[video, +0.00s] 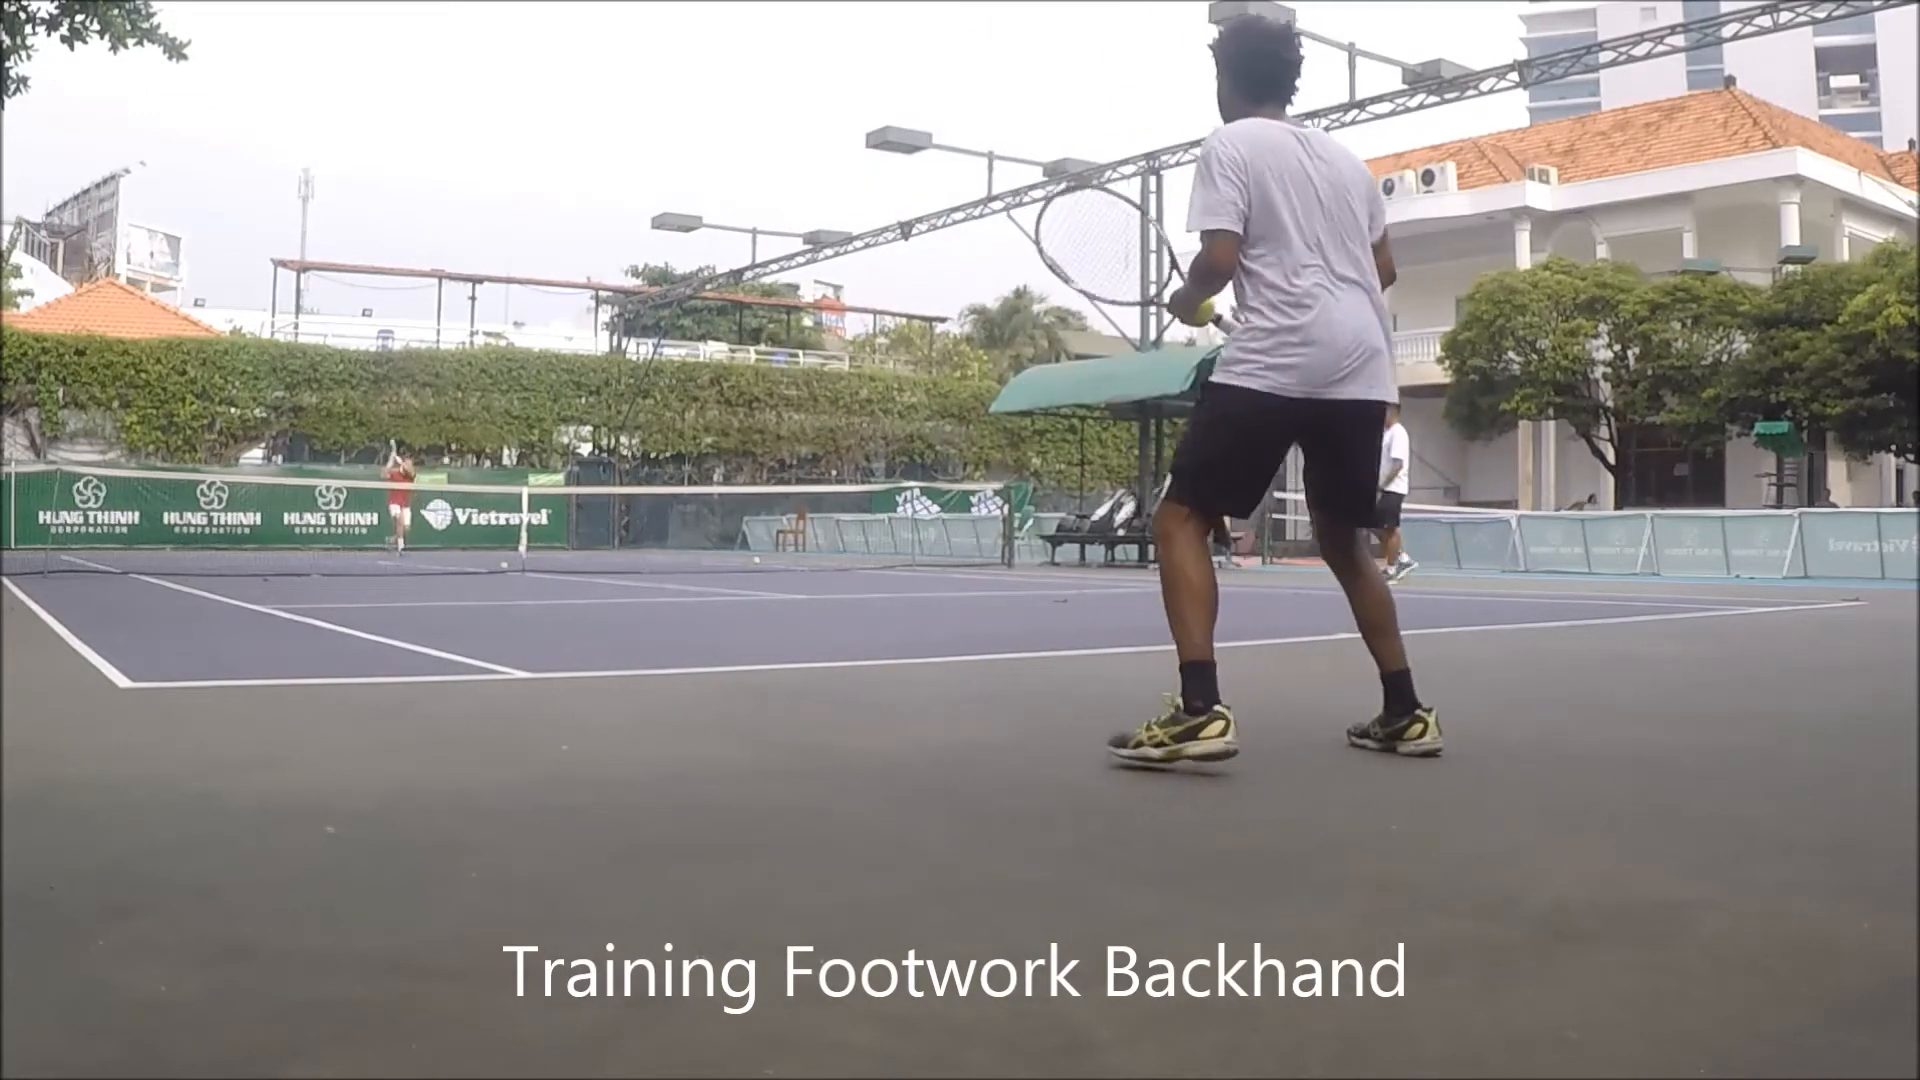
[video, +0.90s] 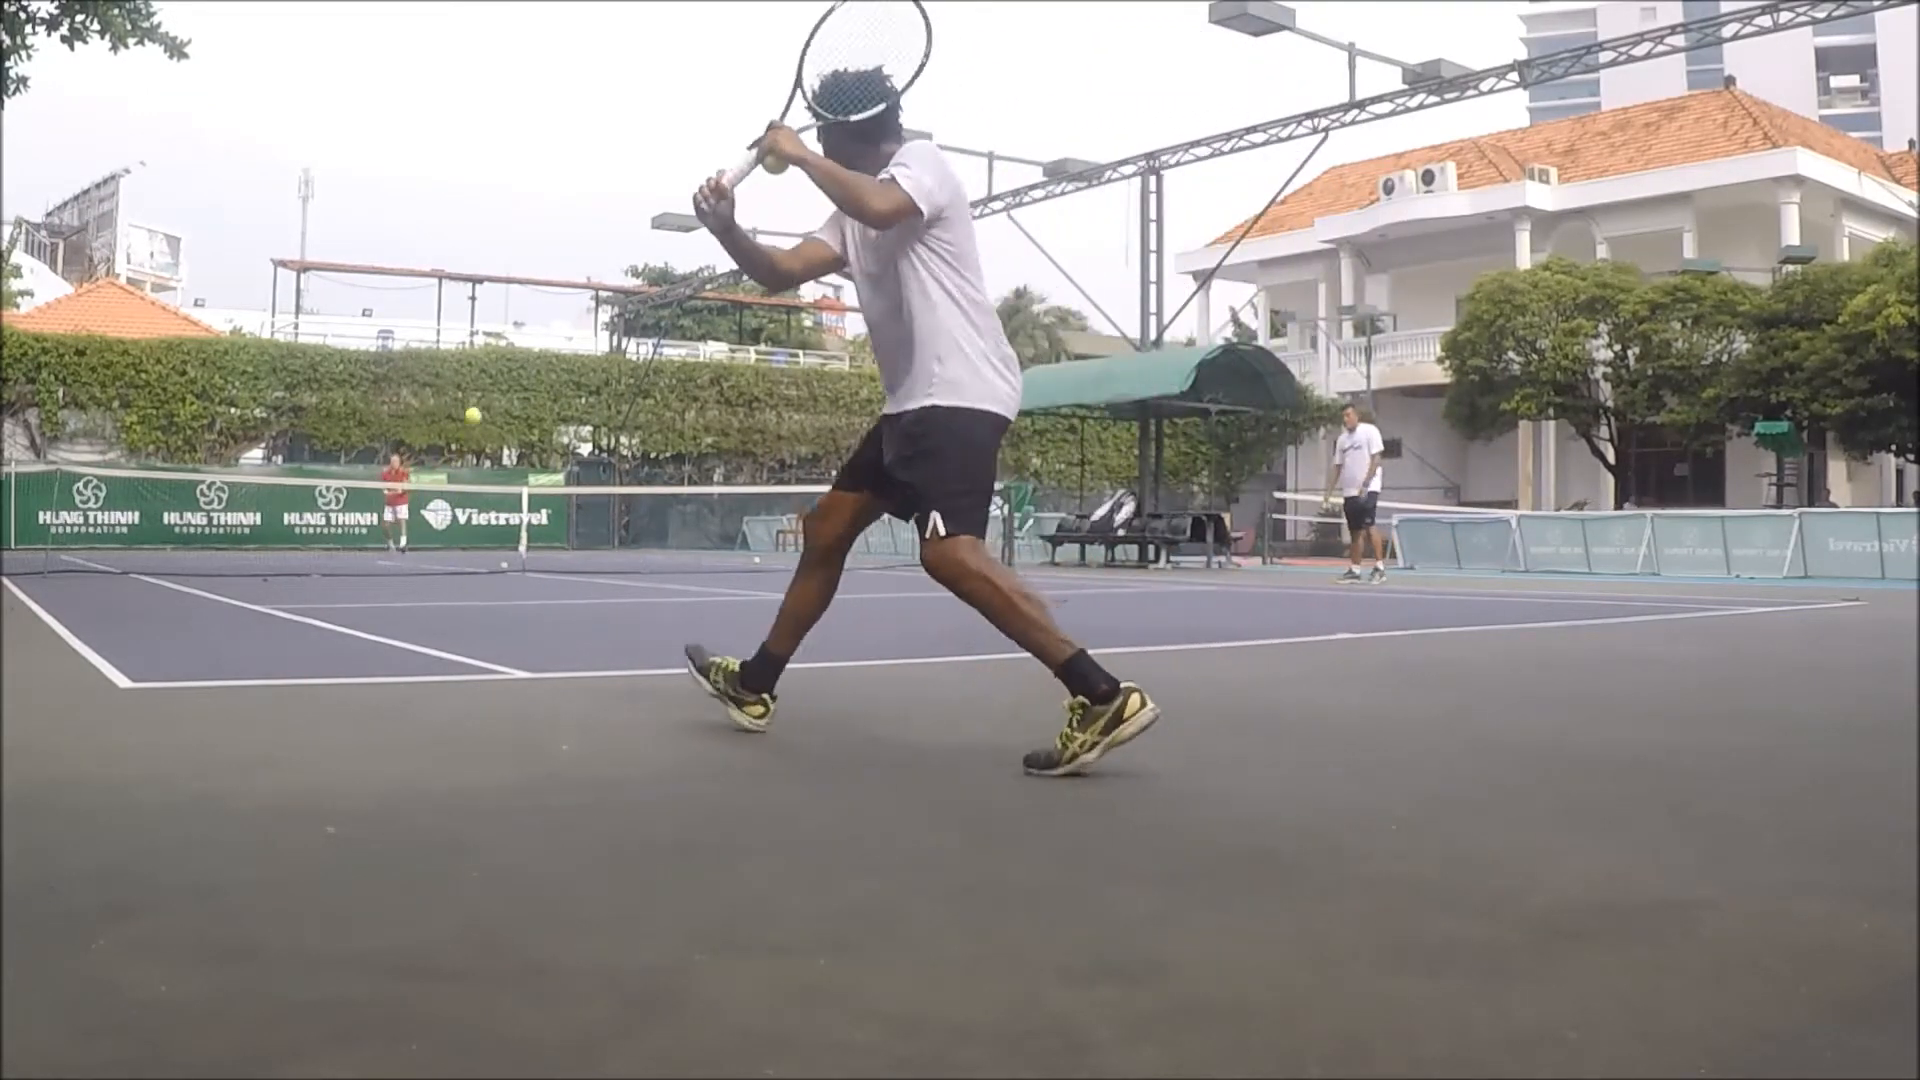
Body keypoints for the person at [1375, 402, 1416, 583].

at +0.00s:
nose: (1382, 415)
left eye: (1385, 411)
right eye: (1382, 411)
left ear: (1393, 412)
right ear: (1391, 413)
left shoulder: (1398, 432)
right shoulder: (1387, 432)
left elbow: (1398, 463)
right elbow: (1388, 461)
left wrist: (1383, 484)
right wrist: (1378, 480)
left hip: (1394, 487)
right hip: (1385, 486)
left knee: (1389, 528)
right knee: (1377, 526)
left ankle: (1391, 567)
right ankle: (1402, 557)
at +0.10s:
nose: (1376, 416)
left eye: (1379, 413)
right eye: (1376, 413)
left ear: (1388, 414)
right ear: (1383, 414)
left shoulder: (1394, 432)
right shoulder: (1382, 434)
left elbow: (1393, 462)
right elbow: (1383, 461)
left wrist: (1371, 477)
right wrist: (1371, 481)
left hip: (1391, 487)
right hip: (1380, 487)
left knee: (1390, 528)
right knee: (1371, 525)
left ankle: (1390, 567)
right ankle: (1386, 565)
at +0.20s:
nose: (1372, 416)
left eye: (1375, 412)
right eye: (1372, 412)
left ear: (1385, 413)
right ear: (1376, 414)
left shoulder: (1391, 432)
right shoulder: (1377, 434)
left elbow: (1390, 461)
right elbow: (1379, 460)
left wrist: (1369, 464)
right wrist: (1371, 484)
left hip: (1388, 487)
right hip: (1375, 488)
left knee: (1389, 529)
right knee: (1367, 528)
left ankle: (1390, 569)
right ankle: (1365, 567)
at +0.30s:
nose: (1368, 417)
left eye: (1372, 413)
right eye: (1368, 413)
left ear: (1383, 414)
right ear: (1369, 416)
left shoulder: (1388, 432)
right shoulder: (1371, 433)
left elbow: (1385, 461)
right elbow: (1367, 456)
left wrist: (1367, 457)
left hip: (1385, 487)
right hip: (1371, 487)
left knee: (1388, 529)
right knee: (1364, 529)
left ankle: (1390, 569)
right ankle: (1356, 568)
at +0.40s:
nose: (1364, 417)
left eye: (1368, 413)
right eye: (1364, 413)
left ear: (1378, 414)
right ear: (1366, 416)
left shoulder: (1385, 433)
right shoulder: (1366, 434)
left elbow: (1380, 462)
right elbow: (1366, 458)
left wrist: (1362, 456)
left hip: (1381, 488)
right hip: (1365, 488)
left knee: (1386, 530)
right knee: (1362, 530)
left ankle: (1390, 569)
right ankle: (1355, 568)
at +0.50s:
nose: (1361, 416)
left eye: (1364, 412)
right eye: (1360, 413)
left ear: (1373, 413)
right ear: (1361, 415)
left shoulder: (1381, 432)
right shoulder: (1361, 434)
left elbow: (1379, 462)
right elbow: (1363, 460)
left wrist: (1357, 460)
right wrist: (1356, 489)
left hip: (1376, 489)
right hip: (1361, 490)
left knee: (1383, 531)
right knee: (1361, 531)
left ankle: (1389, 569)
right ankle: (1355, 569)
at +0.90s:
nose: (1346, 419)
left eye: (1349, 415)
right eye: (1344, 416)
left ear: (1357, 416)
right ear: (1342, 419)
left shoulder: (1370, 431)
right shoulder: (1342, 438)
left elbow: (1375, 459)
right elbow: (1338, 466)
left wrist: (1365, 485)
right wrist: (1329, 490)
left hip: (1368, 488)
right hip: (1349, 491)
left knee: (1370, 527)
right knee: (1355, 532)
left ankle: (1379, 566)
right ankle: (1354, 569)